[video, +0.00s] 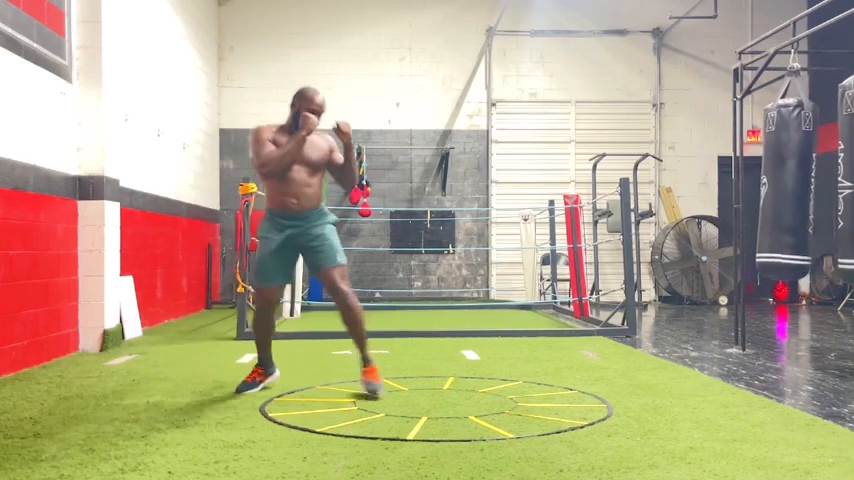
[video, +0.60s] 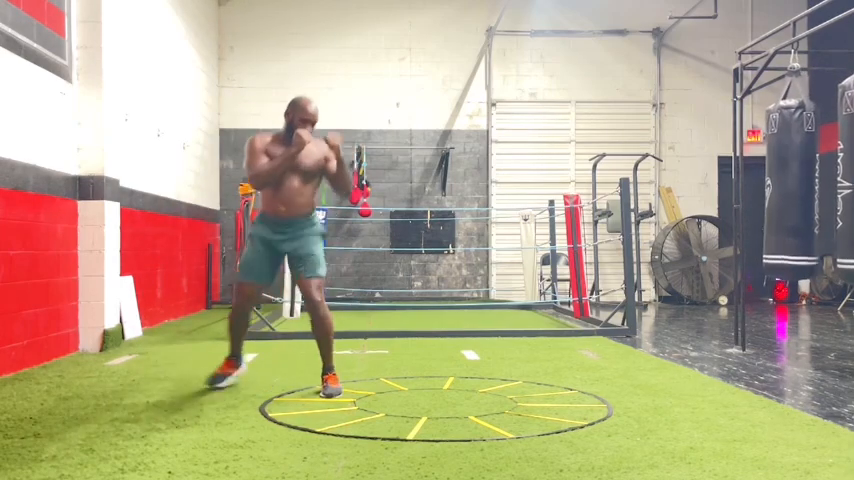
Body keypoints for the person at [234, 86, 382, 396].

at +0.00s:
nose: (313, 119)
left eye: (318, 115)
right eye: (310, 113)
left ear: (320, 116)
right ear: (294, 108)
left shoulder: (325, 144)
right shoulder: (265, 134)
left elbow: (349, 182)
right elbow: (266, 168)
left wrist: (348, 147)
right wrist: (301, 136)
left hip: (316, 224)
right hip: (276, 226)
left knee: (341, 289)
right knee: (264, 302)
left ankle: (367, 362)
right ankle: (265, 366)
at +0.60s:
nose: (307, 128)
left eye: (312, 124)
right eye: (303, 122)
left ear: (315, 123)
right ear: (287, 117)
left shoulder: (321, 150)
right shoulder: (261, 142)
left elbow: (345, 189)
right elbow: (257, 180)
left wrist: (339, 157)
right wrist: (293, 151)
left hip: (305, 230)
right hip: (266, 229)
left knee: (314, 297)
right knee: (242, 297)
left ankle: (329, 372)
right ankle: (234, 359)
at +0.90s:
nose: (273, 133)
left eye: (277, 130)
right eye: (270, 127)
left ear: (281, 130)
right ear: (255, 121)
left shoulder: (282, 156)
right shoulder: (224, 145)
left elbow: (299, 196)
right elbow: (219, 181)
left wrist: (302, 164)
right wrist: (258, 153)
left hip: (264, 230)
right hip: (226, 230)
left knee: (285, 290)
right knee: (212, 300)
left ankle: (316, 367)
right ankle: (209, 367)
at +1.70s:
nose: (296, 143)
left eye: (300, 138)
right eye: (291, 138)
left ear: (304, 138)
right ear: (276, 134)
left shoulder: (312, 165)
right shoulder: (254, 163)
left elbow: (336, 201)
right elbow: (251, 198)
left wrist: (328, 167)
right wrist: (285, 168)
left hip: (304, 241)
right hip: (267, 243)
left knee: (325, 301)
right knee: (238, 303)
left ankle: (360, 366)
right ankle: (232, 364)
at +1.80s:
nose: (305, 134)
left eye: (310, 129)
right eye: (301, 128)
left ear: (316, 128)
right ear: (289, 125)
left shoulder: (328, 153)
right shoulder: (271, 155)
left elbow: (359, 184)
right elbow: (268, 190)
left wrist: (338, 146)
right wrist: (295, 156)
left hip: (324, 233)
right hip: (287, 236)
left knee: (339, 297)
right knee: (261, 300)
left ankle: (362, 366)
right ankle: (244, 361)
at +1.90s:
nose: (317, 123)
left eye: (322, 118)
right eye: (312, 118)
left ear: (328, 116)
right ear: (299, 114)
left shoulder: (340, 140)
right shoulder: (283, 143)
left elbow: (370, 170)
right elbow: (276, 177)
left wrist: (347, 133)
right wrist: (303, 142)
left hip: (335, 222)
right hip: (299, 224)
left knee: (345, 290)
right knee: (280, 291)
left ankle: (365, 362)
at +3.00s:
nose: (339, 141)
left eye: (344, 137)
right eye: (335, 136)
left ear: (350, 134)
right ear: (324, 130)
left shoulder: (358, 155)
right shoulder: (304, 155)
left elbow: (384, 195)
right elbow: (297, 192)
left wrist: (366, 167)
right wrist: (324, 164)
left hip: (352, 231)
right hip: (315, 232)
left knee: (373, 289)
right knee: (302, 293)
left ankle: (404, 340)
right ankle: (295, 361)